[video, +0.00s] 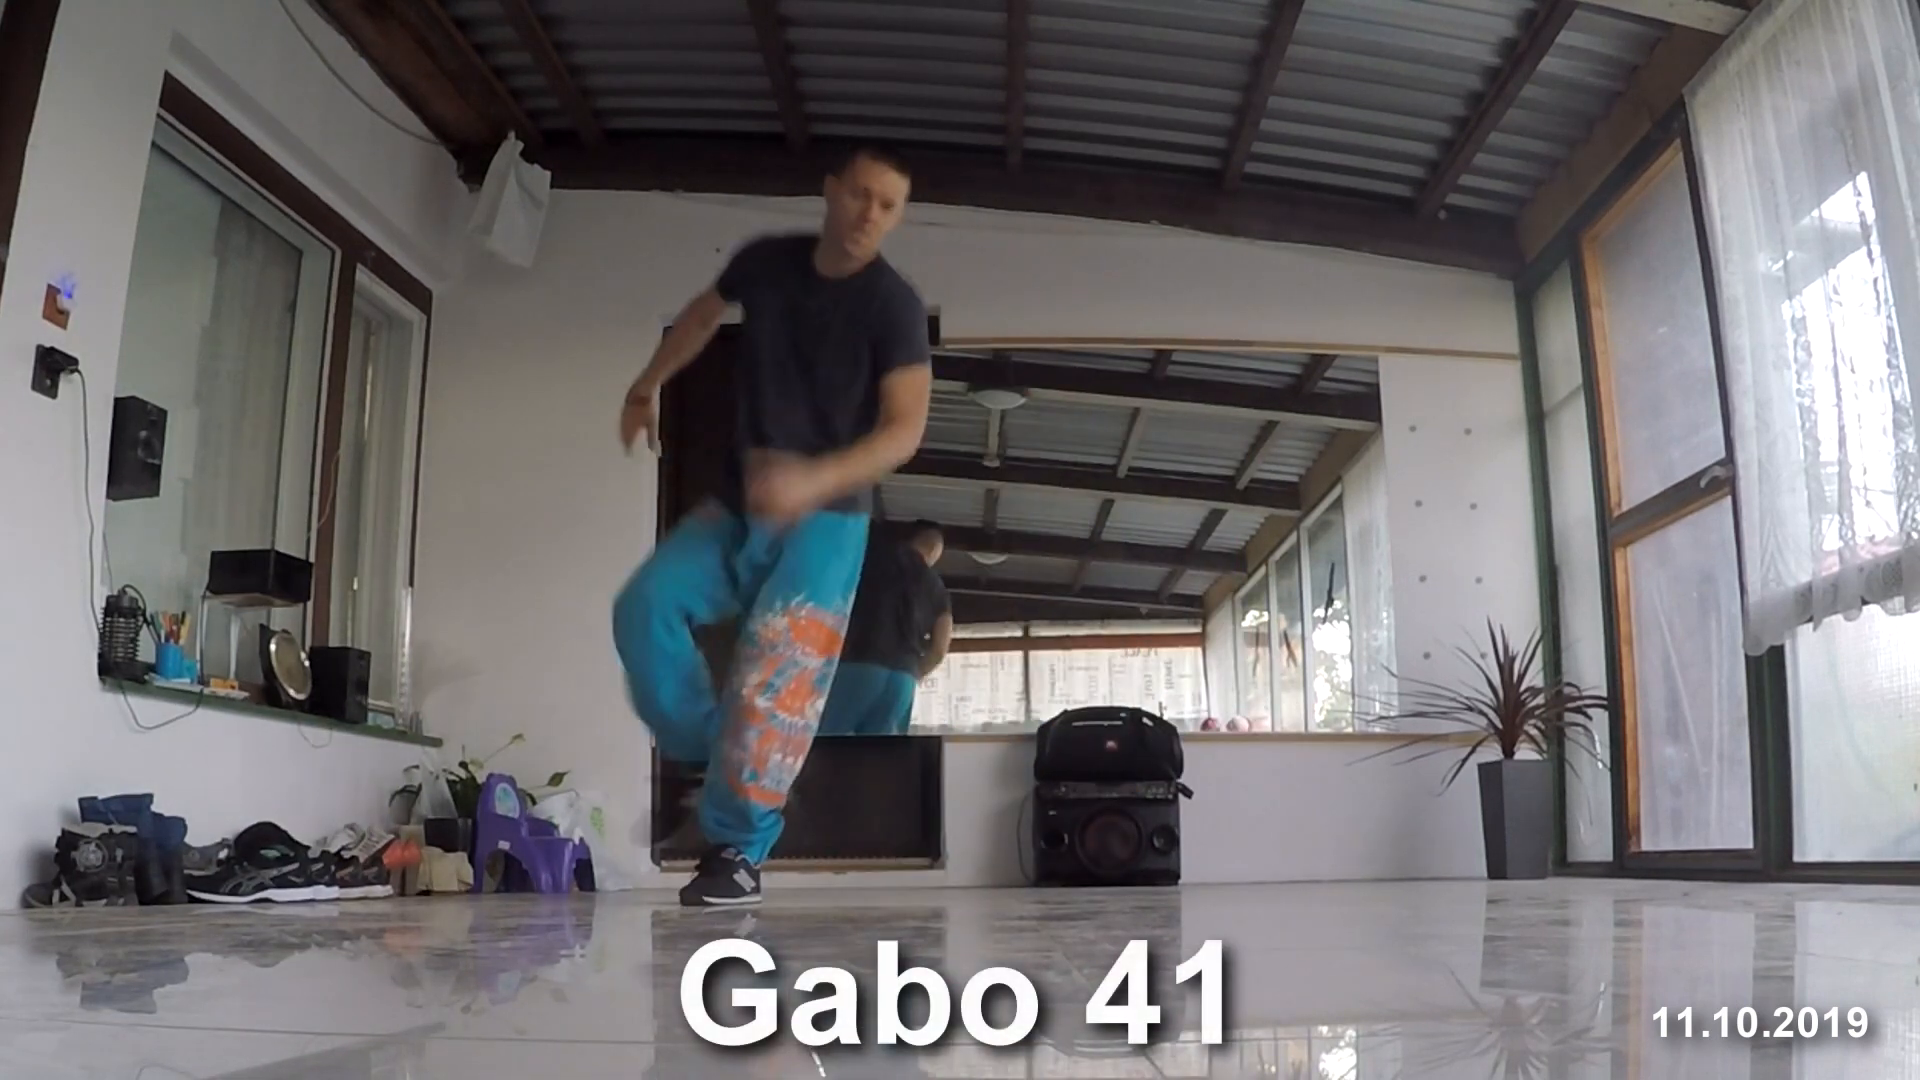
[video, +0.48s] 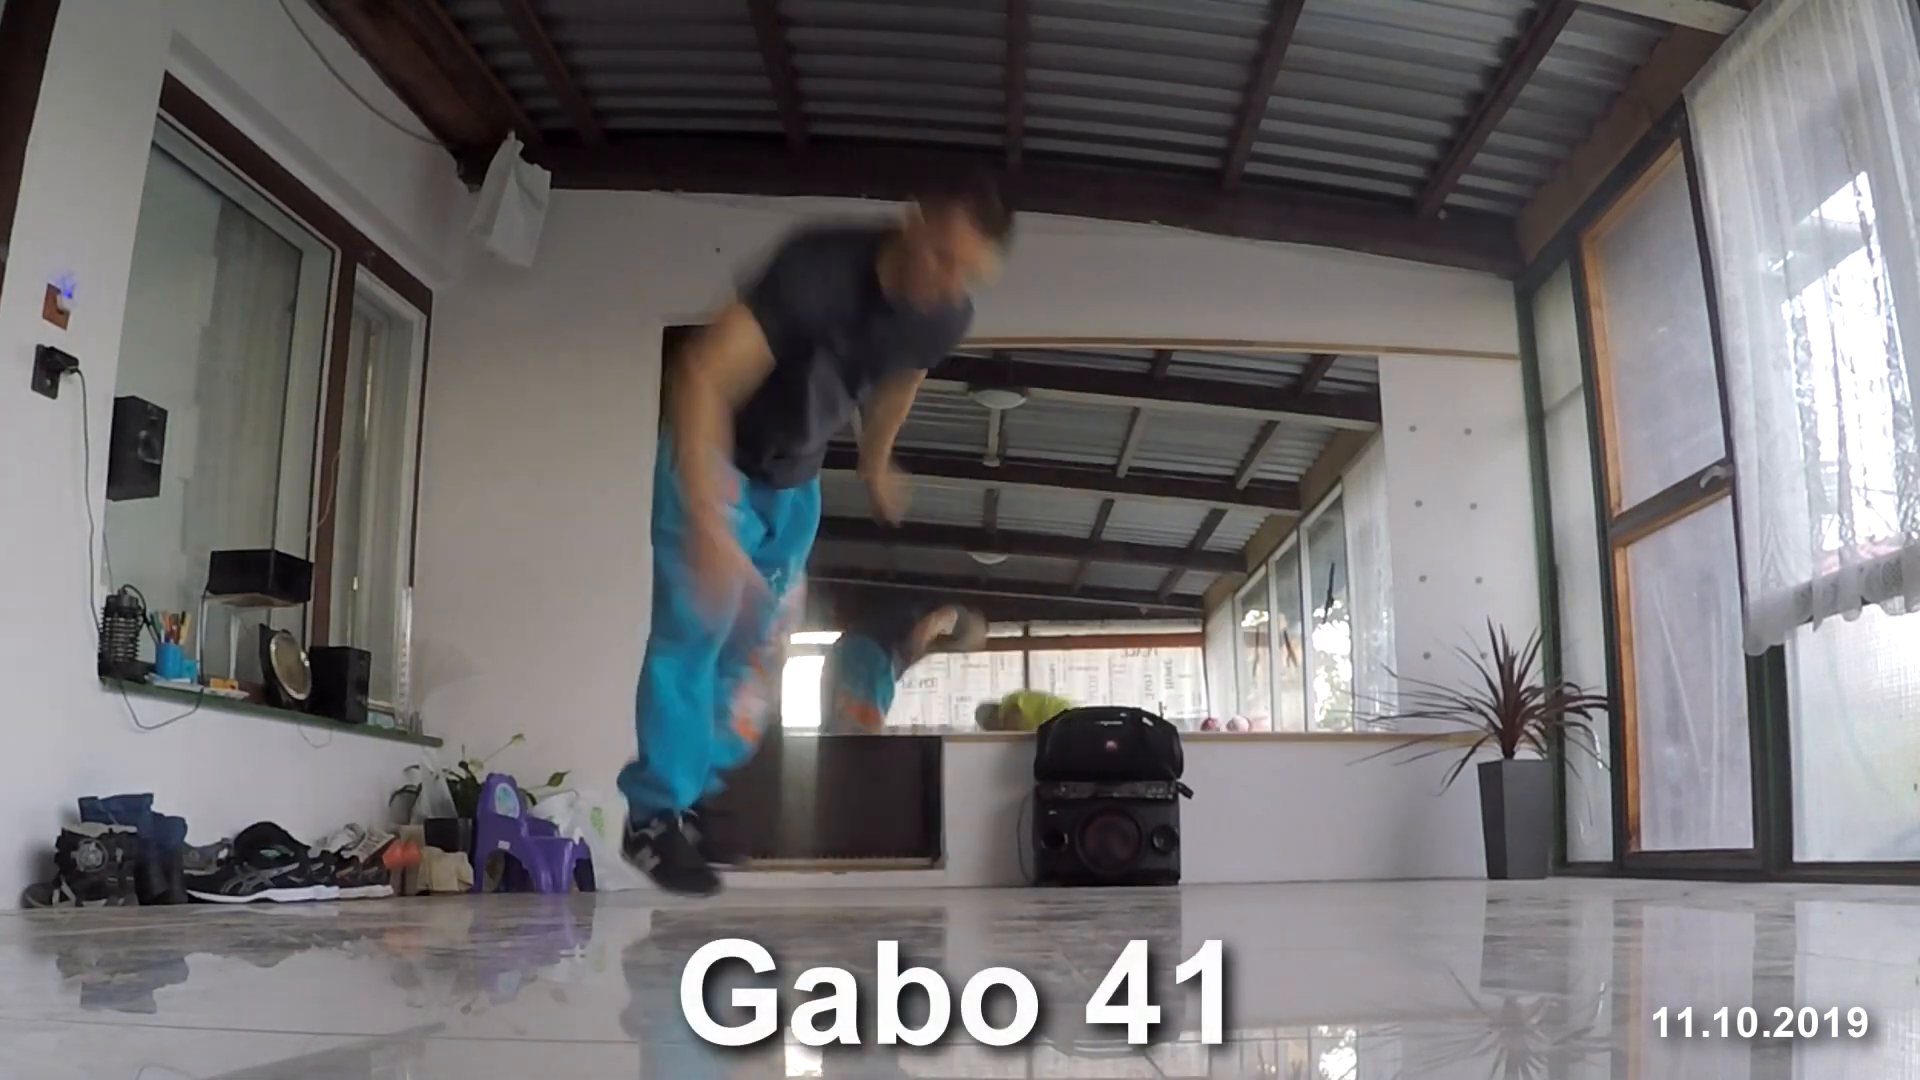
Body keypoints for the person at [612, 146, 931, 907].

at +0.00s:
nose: (869, 215)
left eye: (886, 205)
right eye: (859, 195)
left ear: (899, 217)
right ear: (829, 191)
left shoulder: (895, 305)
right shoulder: (764, 263)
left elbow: (905, 434)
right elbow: (701, 319)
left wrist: (815, 478)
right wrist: (646, 385)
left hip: (827, 519)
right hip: (736, 507)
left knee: (780, 672)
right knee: (644, 607)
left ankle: (738, 852)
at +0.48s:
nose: (950, 285)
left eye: (968, 275)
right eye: (946, 260)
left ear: (984, 269)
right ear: (914, 222)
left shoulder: (945, 315)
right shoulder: (820, 266)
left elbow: (898, 387)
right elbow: (703, 376)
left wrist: (876, 465)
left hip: (794, 479)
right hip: (715, 458)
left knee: (754, 640)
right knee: (694, 624)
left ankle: (700, 797)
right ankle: (654, 814)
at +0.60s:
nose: (1001, 477)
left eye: (1017, 468)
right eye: (1005, 458)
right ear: (974, 408)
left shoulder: (942, 395)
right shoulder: (881, 448)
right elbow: (847, 635)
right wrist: (879, 797)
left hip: (772, 523)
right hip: (713, 496)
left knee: (671, 627)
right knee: (709, 678)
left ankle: (577, 716)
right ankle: (655, 856)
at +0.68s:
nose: (1023, 527)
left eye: (1036, 513)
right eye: (1020, 507)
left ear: (1013, 455)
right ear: (982, 461)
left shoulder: (976, 415)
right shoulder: (895, 505)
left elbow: (1037, 383)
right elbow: (871, 688)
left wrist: (1110, 416)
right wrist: (897, 848)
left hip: (761, 478)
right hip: (714, 489)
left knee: (697, 585)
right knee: (709, 681)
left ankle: (575, 621)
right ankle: (654, 855)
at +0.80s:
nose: (1028, 631)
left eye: (1048, 625)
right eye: (1033, 613)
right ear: (1006, 552)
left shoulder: (1035, 504)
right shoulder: (915, 554)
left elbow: (1099, 608)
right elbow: (881, 725)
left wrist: (1117, 706)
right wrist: (893, 883)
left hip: (825, 369)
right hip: (753, 421)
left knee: (721, 379)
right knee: (687, 605)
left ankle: (653, 282)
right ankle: (572, 753)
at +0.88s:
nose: (1052, 660)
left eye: (1069, 652)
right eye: (1053, 639)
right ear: (1025, 581)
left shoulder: (1054, 552)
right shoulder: (931, 563)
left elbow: (1060, 699)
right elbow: (887, 728)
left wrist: (1075, 835)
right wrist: (894, 883)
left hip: (866, 349)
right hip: (772, 382)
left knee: (793, 307)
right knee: (673, 546)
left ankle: (777, 187)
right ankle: (516, 487)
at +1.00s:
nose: (1047, 663)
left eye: (1065, 662)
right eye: (1059, 647)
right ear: (1050, 580)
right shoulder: (964, 556)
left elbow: (1053, 741)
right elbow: (901, 723)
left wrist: (1056, 880)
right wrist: (895, 879)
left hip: (935, 357)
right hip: (856, 329)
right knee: (662, 320)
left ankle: (861, 600)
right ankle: (696, 160)